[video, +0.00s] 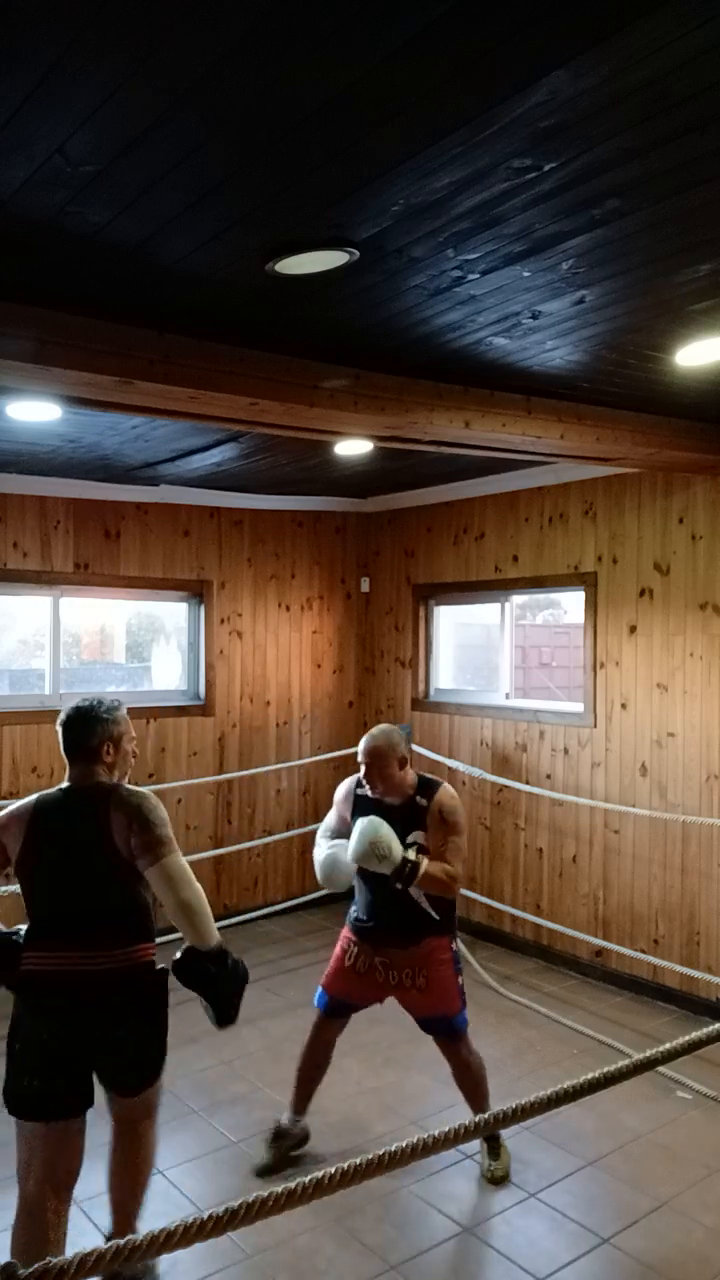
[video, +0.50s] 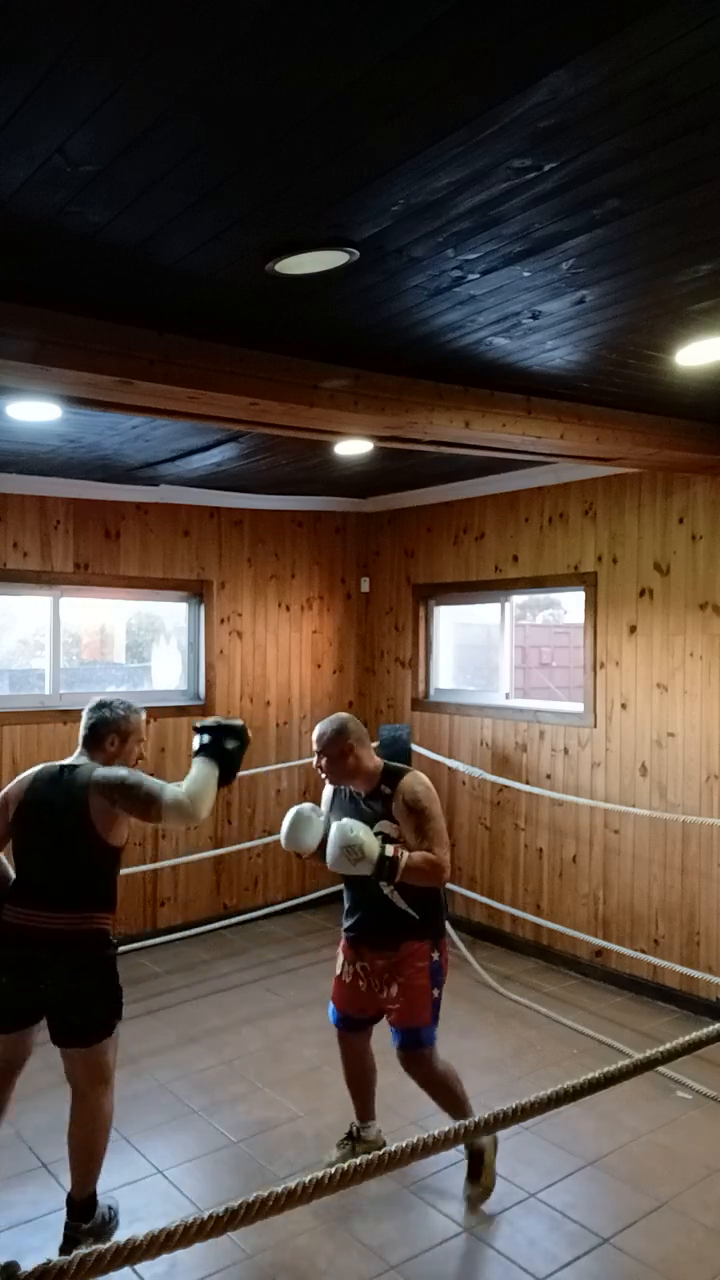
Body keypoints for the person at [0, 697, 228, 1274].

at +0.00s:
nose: (135, 750)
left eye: (133, 739)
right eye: (130, 740)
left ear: (69, 753)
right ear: (110, 749)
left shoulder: (20, 818)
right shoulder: (135, 810)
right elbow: (183, 896)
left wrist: (4, 946)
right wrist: (212, 958)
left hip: (45, 1002)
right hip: (128, 1001)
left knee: (44, 1181)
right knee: (133, 1123)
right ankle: (122, 1248)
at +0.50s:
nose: (140, 752)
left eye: (141, 743)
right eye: (137, 742)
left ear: (87, 736)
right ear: (114, 741)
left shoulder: (28, 782)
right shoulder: (115, 783)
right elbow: (190, 806)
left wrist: (18, 888)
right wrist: (212, 755)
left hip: (15, 947)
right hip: (81, 955)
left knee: (5, 1068)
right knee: (91, 1083)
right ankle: (81, 1217)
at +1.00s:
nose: (130, 747)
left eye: (133, 737)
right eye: (124, 736)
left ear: (90, 736)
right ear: (94, 733)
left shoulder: (58, 764)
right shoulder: (73, 768)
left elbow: (127, 787)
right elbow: (105, 799)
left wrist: (155, 760)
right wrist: (149, 751)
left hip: (32, 919)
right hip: (64, 926)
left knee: (19, 1028)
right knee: (97, 1023)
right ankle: (82, 1131)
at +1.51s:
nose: (128, 743)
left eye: (131, 734)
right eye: (124, 733)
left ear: (122, 736)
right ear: (102, 731)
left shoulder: (112, 778)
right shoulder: (72, 774)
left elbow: (110, 837)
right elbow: (42, 787)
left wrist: (135, 868)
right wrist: (85, 740)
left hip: (90, 900)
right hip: (69, 902)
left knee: (72, 986)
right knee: (104, 1012)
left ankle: (43, 1065)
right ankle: (84, 1127)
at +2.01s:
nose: (126, 737)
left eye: (133, 730)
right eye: (119, 728)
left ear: (138, 731)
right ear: (99, 723)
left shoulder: (122, 771)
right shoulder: (71, 758)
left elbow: (125, 819)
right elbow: (57, 794)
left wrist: (144, 862)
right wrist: (108, 755)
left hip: (98, 887)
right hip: (60, 889)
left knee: (79, 982)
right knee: (87, 992)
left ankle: (44, 1063)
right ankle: (62, 1100)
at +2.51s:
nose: (146, 739)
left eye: (152, 731)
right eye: (139, 727)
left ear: (156, 737)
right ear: (120, 725)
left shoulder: (144, 775)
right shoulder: (91, 761)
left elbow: (146, 825)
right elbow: (73, 788)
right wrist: (118, 748)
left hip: (121, 882)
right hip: (77, 884)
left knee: (117, 965)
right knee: (102, 988)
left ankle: (100, 1037)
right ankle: (69, 1094)